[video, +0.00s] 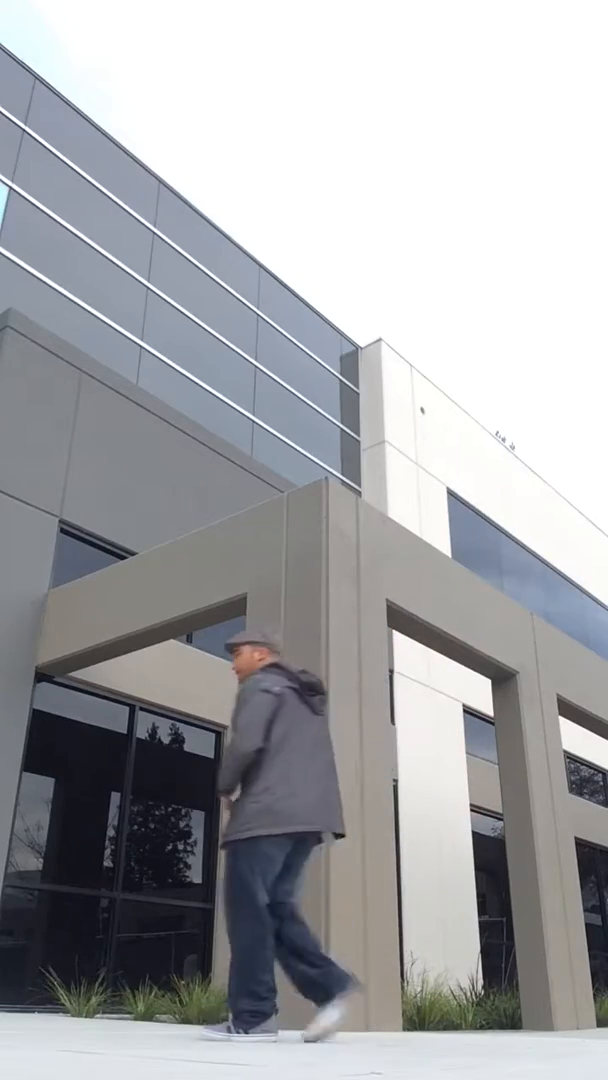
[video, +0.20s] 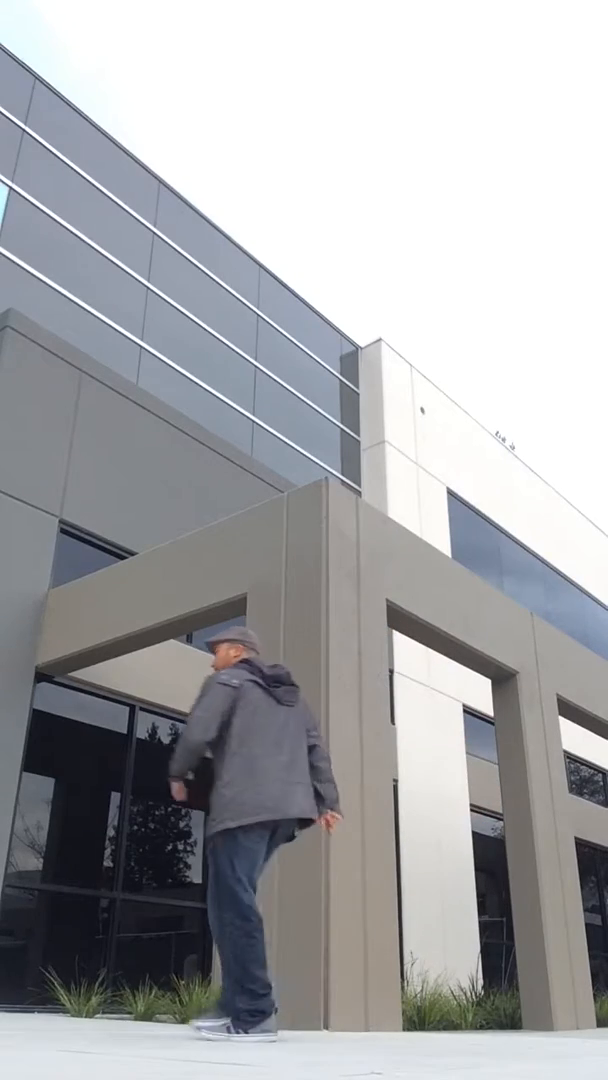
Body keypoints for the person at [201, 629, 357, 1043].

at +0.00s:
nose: (232, 663)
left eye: (237, 653)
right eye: (232, 655)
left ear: (262, 653)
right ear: (266, 655)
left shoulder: (262, 685)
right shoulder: (302, 688)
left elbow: (246, 744)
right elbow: (304, 755)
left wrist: (224, 785)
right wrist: (250, 794)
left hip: (271, 809)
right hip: (310, 811)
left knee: (246, 909)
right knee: (277, 906)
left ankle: (251, 1017)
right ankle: (333, 989)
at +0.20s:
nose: (213, 659)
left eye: (217, 651)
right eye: (214, 651)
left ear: (237, 650)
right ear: (248, 652)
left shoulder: (227, 681)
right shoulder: (288, 690)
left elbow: (197, 733)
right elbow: (314, 743)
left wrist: (177, 773)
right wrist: (327, 798)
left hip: (243, 805)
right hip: (290, 806)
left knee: (232, 905)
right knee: (234, 901)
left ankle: (254, 1016)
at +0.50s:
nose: (197, 662)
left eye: (201, 655)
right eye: (199, 655)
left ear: (218, 656)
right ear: (236, 659)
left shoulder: (200, 690)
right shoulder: (273, 704)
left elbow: (164, 743)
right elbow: (294, 762)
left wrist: (143, 788)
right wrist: (282, 819)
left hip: (205, 812)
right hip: (256, 820)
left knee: (169, 895)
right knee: (217, 915)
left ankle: (212, 979)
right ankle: (217, 1020)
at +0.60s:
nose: (192, 648)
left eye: (196, 641)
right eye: (194, 641)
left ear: (214, 641)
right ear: (234, 646)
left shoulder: (190, 673)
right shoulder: (268, 687)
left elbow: (161, 734)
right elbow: (293, 741)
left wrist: (142, 789)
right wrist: (274, 798)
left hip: (197, 795)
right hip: (252, 804)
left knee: (181, 896)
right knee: (228, 905)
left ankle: (195, 1007)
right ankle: (218, 1012)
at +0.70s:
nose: (188, 645)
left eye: (192, 637)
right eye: (190, 638)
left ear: (211, 638)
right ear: (233, 643)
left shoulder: (184, 668)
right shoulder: (264, 682)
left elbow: (158, 731)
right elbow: (291, 737)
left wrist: (146, 794)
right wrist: (265, 792)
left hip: (191, 789)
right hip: (246, 796)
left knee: (183, 904)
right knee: (235, 906)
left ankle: (193, 1012)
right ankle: (248, 1015)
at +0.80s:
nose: (188, 644)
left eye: (192, 636)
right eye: (190, 637)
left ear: (210, 639)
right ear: (232, 643)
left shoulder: (188, 670)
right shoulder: (262, 689)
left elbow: (161, 735)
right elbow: (283, 753)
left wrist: (150, 801)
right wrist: (250, 796)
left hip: (192, 798)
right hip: (245, 806)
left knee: (174, 905)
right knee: (232, 904)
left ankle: (194, 1014)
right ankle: (286, 996)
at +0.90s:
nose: (189, 631)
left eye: (195, 624)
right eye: (192, 624)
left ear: (215, 628)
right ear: (234, 634)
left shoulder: (195, 655)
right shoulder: (261, 676)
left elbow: (177, 710)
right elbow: (274, 746)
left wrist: (171, 768)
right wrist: (236, 774)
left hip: (195, 789)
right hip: (248, 799)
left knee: (176, 901)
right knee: (225, 893)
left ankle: (193, 1014)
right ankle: (270, 974)